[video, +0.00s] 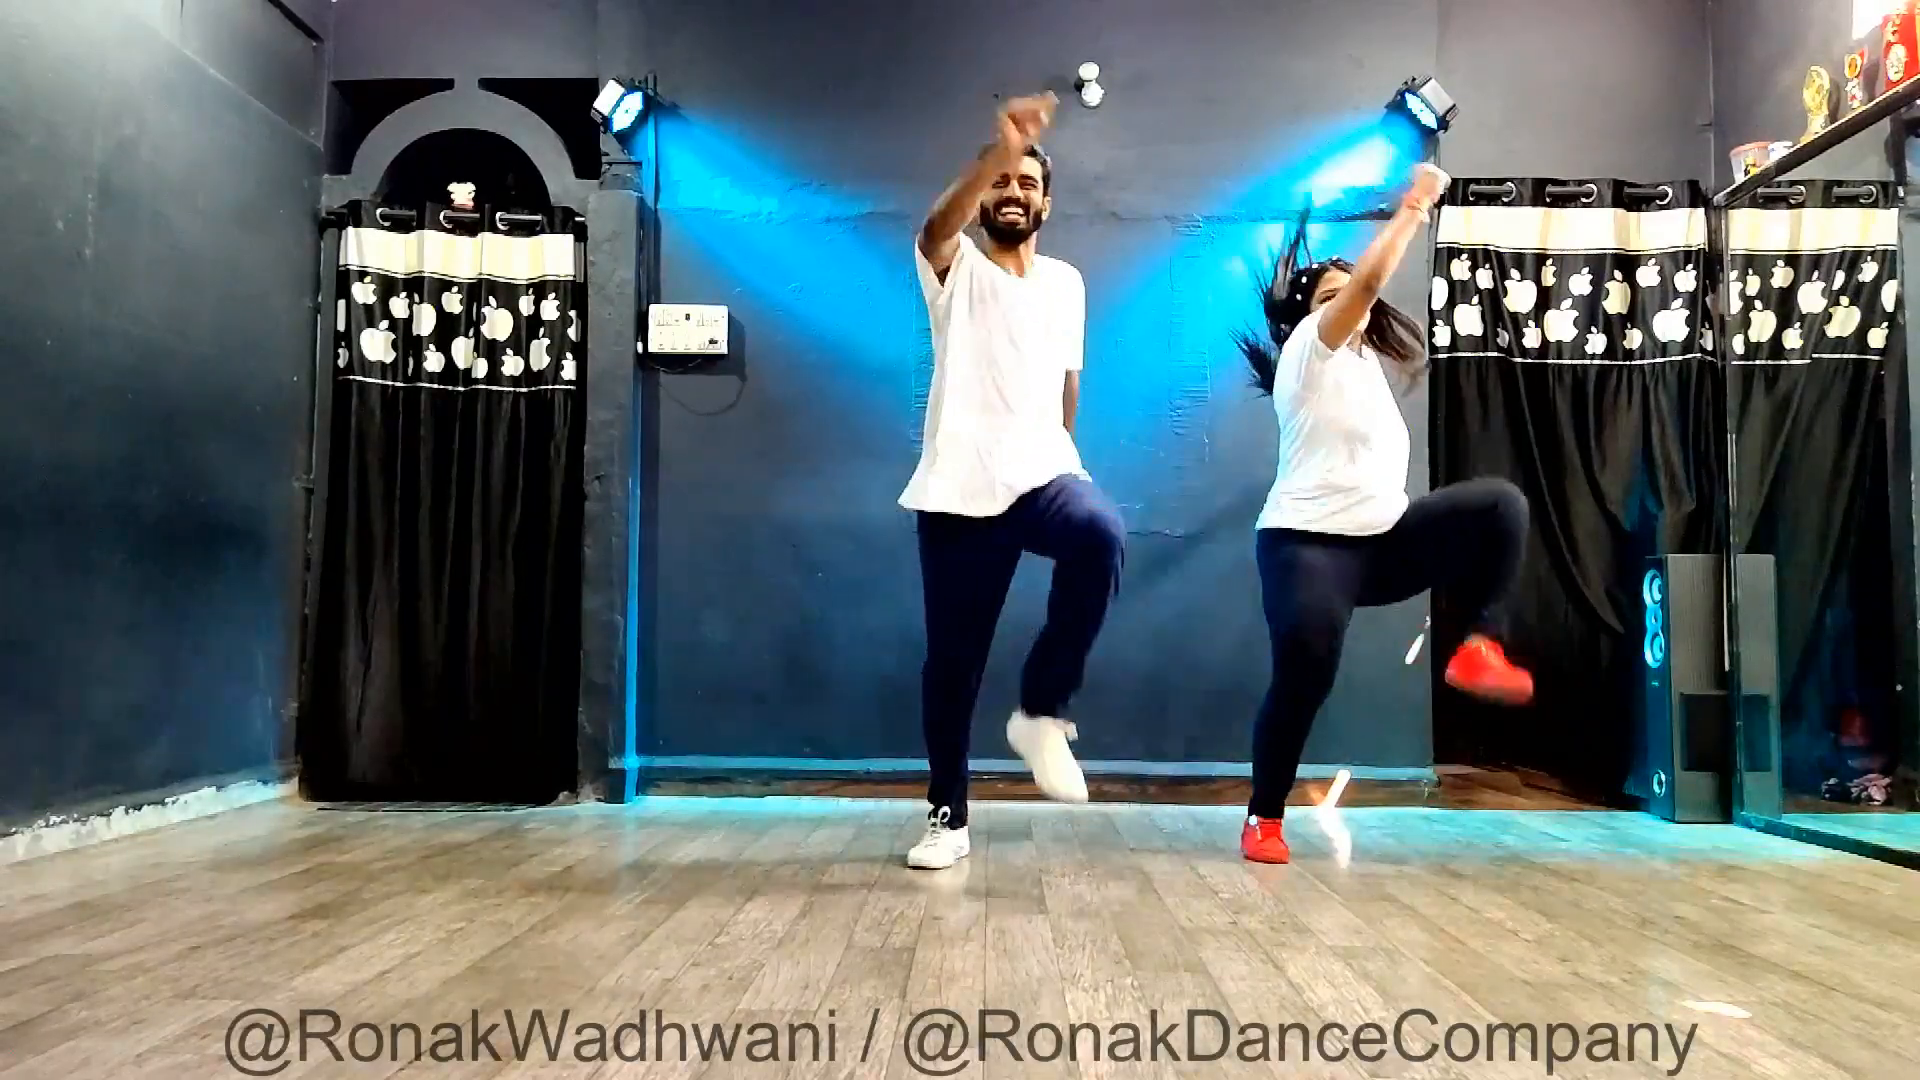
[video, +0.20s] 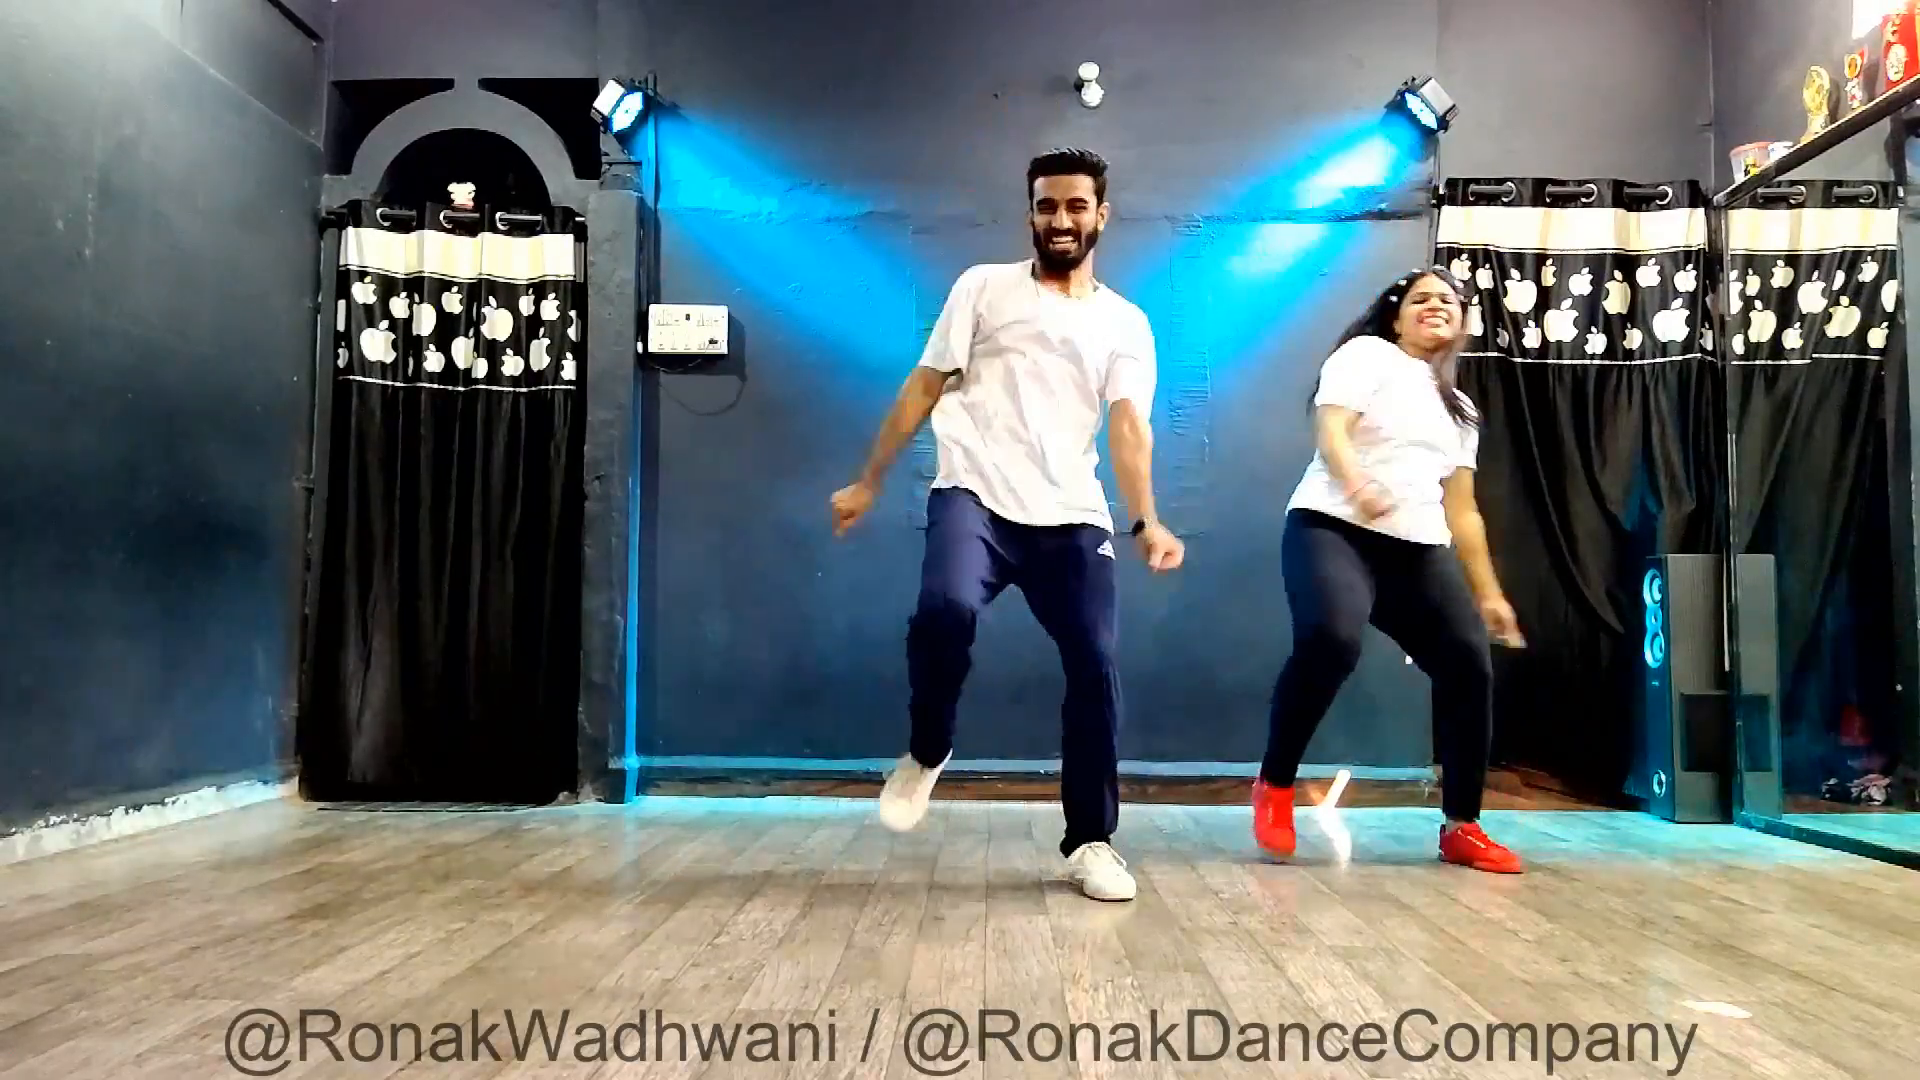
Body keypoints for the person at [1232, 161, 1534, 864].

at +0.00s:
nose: (1354, 286)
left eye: (1354, 282)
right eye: (1340, 281)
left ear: (1352, 305)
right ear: (1311, 300)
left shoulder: (1367, 364)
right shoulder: (1306, 349)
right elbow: (1369, 282)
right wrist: (1413, 208)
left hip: (1381, 541)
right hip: (1307, 542)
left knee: (1499, 507)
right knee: (1306, 668)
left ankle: (1466, 642)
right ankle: (1264, 816)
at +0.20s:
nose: (1433, 307)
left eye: (1447, 303)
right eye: (1420, 299)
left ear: (1461, 327)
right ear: (1396, 316)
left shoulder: (1459, 412)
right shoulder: (1367, 354)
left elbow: (1463, 508)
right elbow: (1330, 432)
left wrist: (1488, 594)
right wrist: (1357, 482)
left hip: (1414, 549)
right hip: (1331, 528)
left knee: (1467, 657)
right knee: (1333, 640)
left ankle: (1460, 827)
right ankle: (1276, 786)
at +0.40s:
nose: (1437, 282)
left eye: (1449, 275)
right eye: (1423, 277)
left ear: (1467, 297)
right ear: (1403, 299)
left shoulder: (1482, 359)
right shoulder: (1367, 342)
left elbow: (1537, 330)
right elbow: (1277, 372)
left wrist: (1558, 245)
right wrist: (1191, 378)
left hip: (1426, 541)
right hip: (1356, 514)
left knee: (1452, 651)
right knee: (1336, 450)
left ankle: (1459, 822)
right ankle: (1319, 597)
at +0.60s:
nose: (1407, 267)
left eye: (1420, 262)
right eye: (1395, 261)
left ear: (1436, 284)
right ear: (1374, 283)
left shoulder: (1465, 326)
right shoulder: (1344, 328)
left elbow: (1553, 314)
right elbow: (1284, 378)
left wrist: (1588, 234)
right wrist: (1215, 388)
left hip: (1428, 520)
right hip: (1348, 502)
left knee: (1442, 668)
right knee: (1282, 478)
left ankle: (1451, 809)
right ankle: (1300, 622)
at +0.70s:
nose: (1393, 286)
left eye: (1405, 281)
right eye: (1382, 280)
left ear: (1425, 301)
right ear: (1364, 301)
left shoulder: (1454, 353)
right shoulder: (1333, 358)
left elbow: (1537, 375)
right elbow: (1299, 424)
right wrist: (1234, 454)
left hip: (1427, 540)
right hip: (1338, 529)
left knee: (1442, 680)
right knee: (1262, 572)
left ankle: (1453, 817)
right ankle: (1292, 698)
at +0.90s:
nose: (1348, 318)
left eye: (1359, 311)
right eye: (1338, 310)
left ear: (1376, 327)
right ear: (1318, 322)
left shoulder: (1395, 383)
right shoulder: (1284, 373)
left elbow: (1395, 447)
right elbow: (1266, 416)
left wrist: (1331, 443)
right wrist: (1347, 384)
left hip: (1395, 537)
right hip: (1309, 543)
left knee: (1442, 634)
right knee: (1296, 679)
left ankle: (1453, 788)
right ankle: (1295, 801)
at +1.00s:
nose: (1341, 297)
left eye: (1352, 291)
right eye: (1330, 290)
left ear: (1367, 307)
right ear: (1311, 305)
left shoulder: (1381, 356)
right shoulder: (1286, 350)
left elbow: (1397, 299)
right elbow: (1252, 311)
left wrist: (1359, 227)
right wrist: (1299, 245)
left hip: (1381, 515)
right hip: (1304, 528)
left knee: (1454, 549)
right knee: (1303, 671)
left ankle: (1432, 687)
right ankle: (1298, 794)